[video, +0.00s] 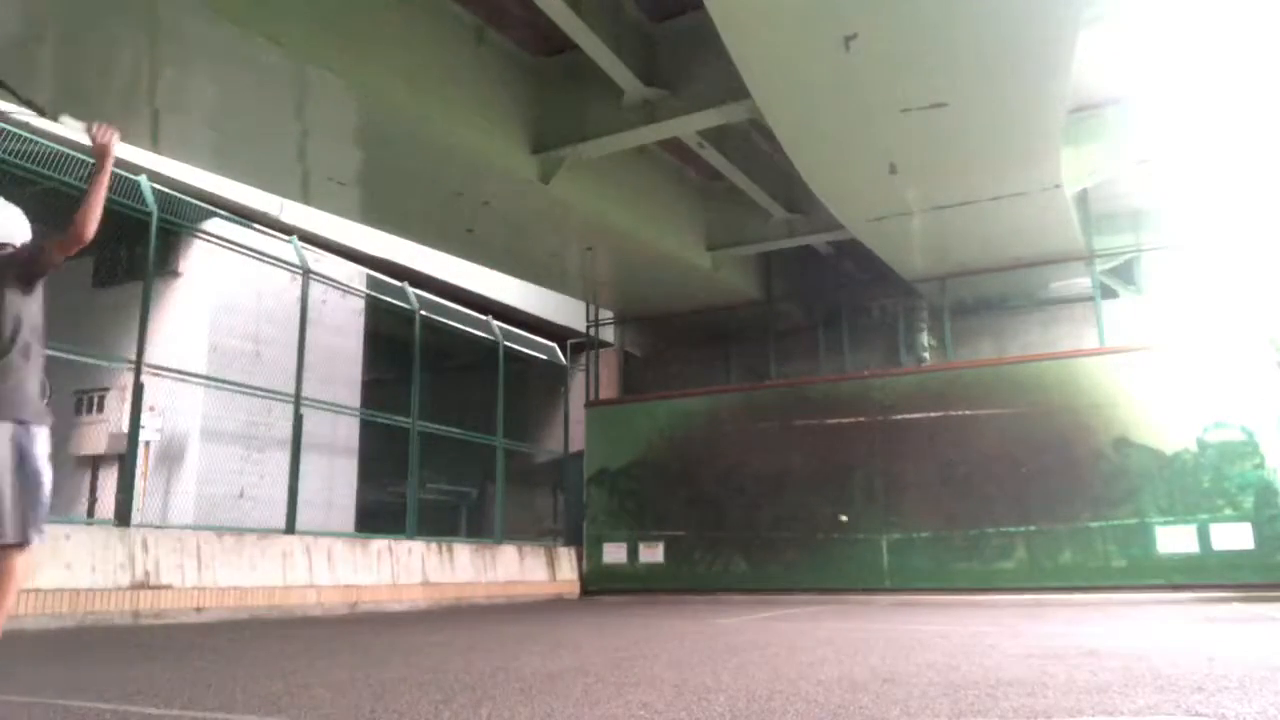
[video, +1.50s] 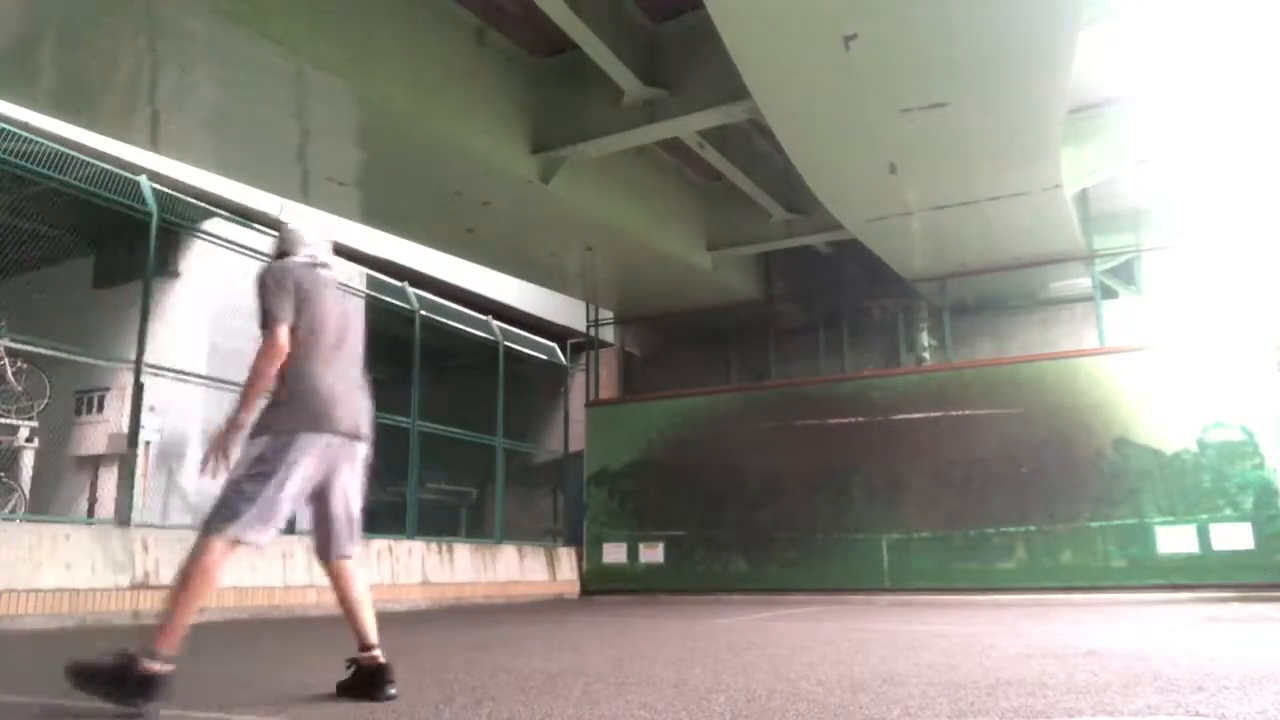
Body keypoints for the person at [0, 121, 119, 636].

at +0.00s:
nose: (24, 244)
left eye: (20, 236)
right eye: (18, 237)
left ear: (15, 235)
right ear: (9, 238)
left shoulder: (22, 261)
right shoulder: (16, 263)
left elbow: (79, 235)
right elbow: (79, 234)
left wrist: (103, 161)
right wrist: (105, 160)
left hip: (25, 416)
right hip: (14, 415)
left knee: (18, 541)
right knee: (13, 543)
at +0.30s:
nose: (14, 247)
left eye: (12, 240)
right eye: (10, 240)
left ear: (6, 242)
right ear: (4, 240)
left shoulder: (11, 279)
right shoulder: (6, 271)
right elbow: (56, 293)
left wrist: (27, 389)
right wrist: (118, 260)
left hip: (14, 427)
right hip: (9, 428)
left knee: (19, 526)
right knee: (20, 525)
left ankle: (3, 647)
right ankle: (2, 645)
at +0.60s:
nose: (66, 264)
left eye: (65, 255)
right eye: (63, 255)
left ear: (20, 250)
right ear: (47, 254)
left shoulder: (7, 288)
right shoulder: (55, 289)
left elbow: (14, 370)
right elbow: (100, 367)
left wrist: (61, 395)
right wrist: (107, 406)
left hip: (8, 424)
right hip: (27, 426)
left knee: (38, 540)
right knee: (46, 540)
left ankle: (26, 658)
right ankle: (27, 658)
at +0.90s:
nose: (146, 251)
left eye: (145, 243)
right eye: (145, 244)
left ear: (87, 232)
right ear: (133, 243)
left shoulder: (52, 264)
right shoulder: (150, 284)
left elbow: (8, 333)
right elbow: (151, 356)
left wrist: (49, 338)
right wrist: (110, 343)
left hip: (54, 414)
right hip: (116, 425)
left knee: (25, 523)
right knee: (80, 546)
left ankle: (56, 631)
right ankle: (35, 654)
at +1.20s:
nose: (156, 225)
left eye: (162, 220)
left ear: (173, 225)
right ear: (213, 235)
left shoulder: (171, 247)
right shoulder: (213, 279)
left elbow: (97, 262)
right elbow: (121, 329)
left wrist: (87, 231)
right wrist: (68, 276)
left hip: (181, 411)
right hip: (236, 417)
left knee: (116, 536)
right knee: (179, 521)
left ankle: (102, 675)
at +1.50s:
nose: (273, 252)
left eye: (276, 245)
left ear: (283, 249)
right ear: (323, 254)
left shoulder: (282, 273)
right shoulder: (349, 295)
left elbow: (276, 347)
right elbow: (342, 367)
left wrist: (234, 426)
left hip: (302, 424)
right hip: (355, 431)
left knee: (220, 536)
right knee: (339, 552)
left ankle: (154, 662)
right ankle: (373, 663)